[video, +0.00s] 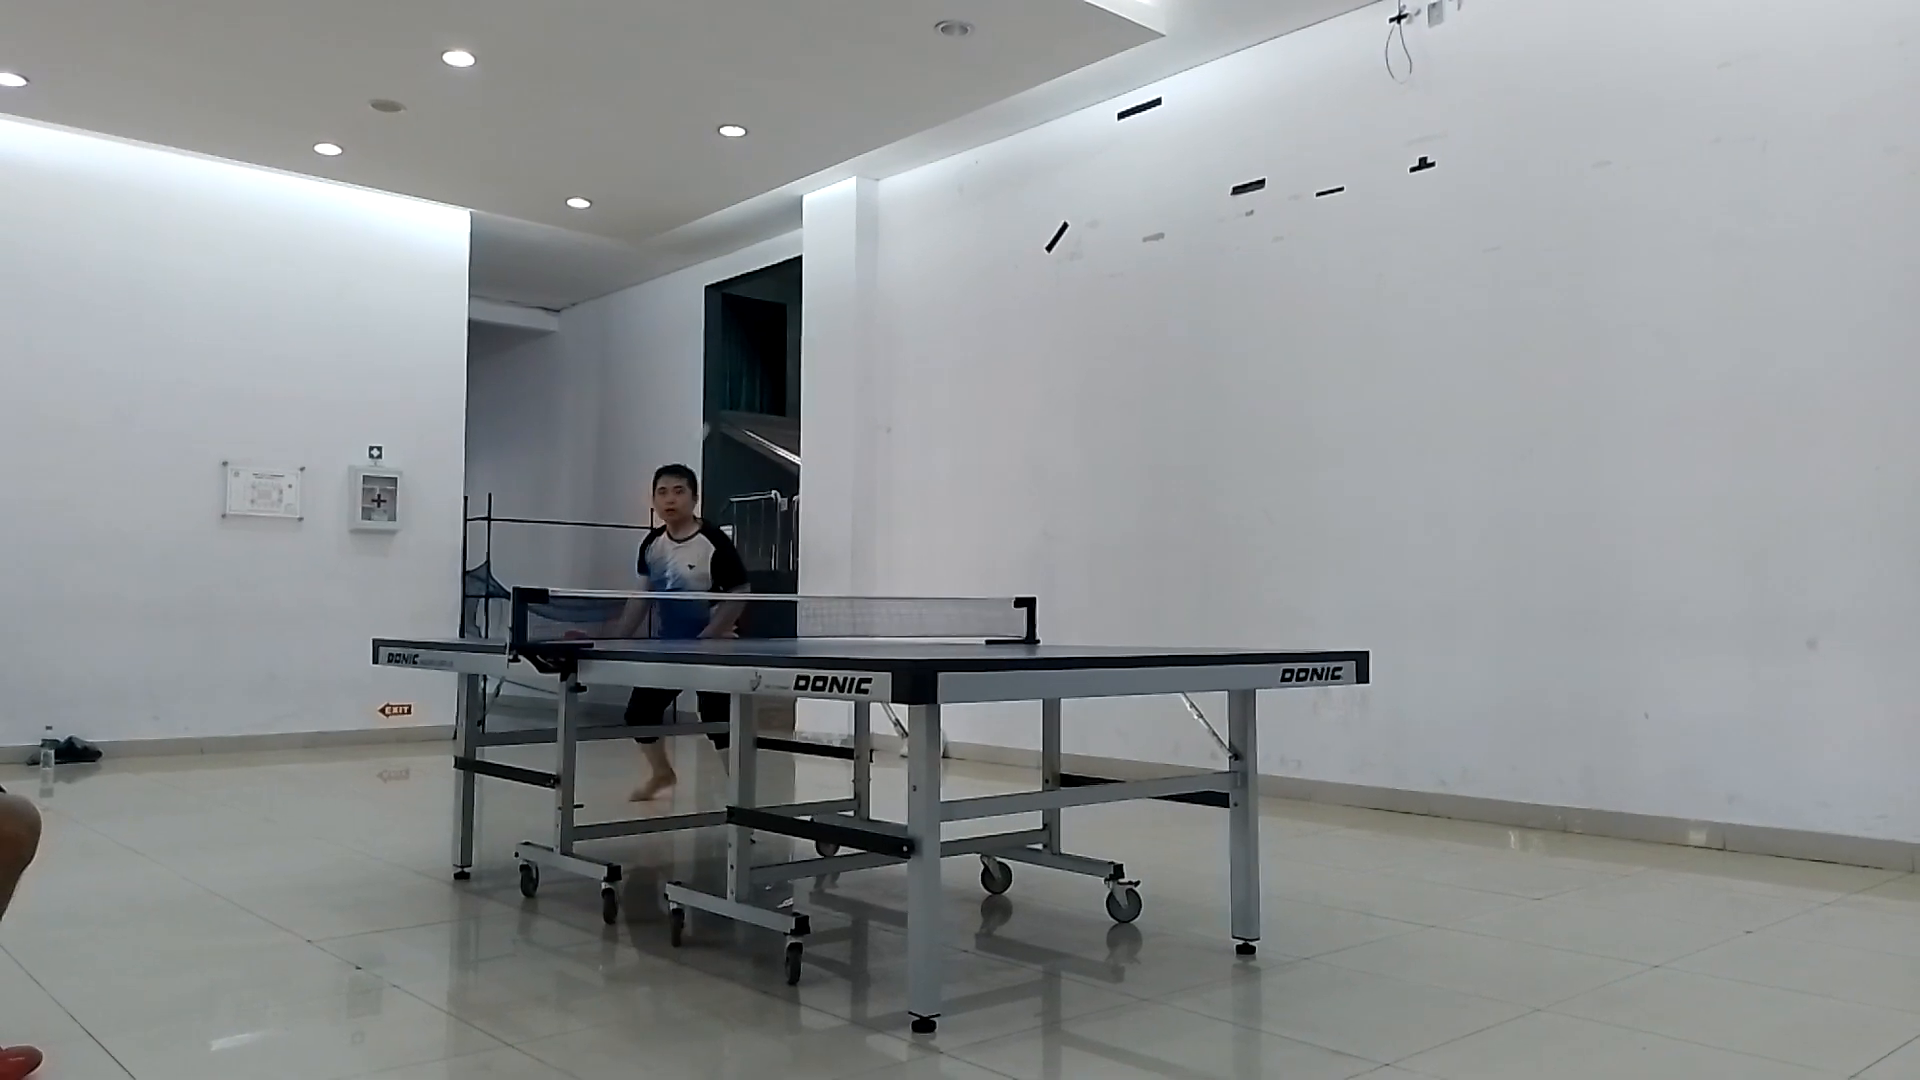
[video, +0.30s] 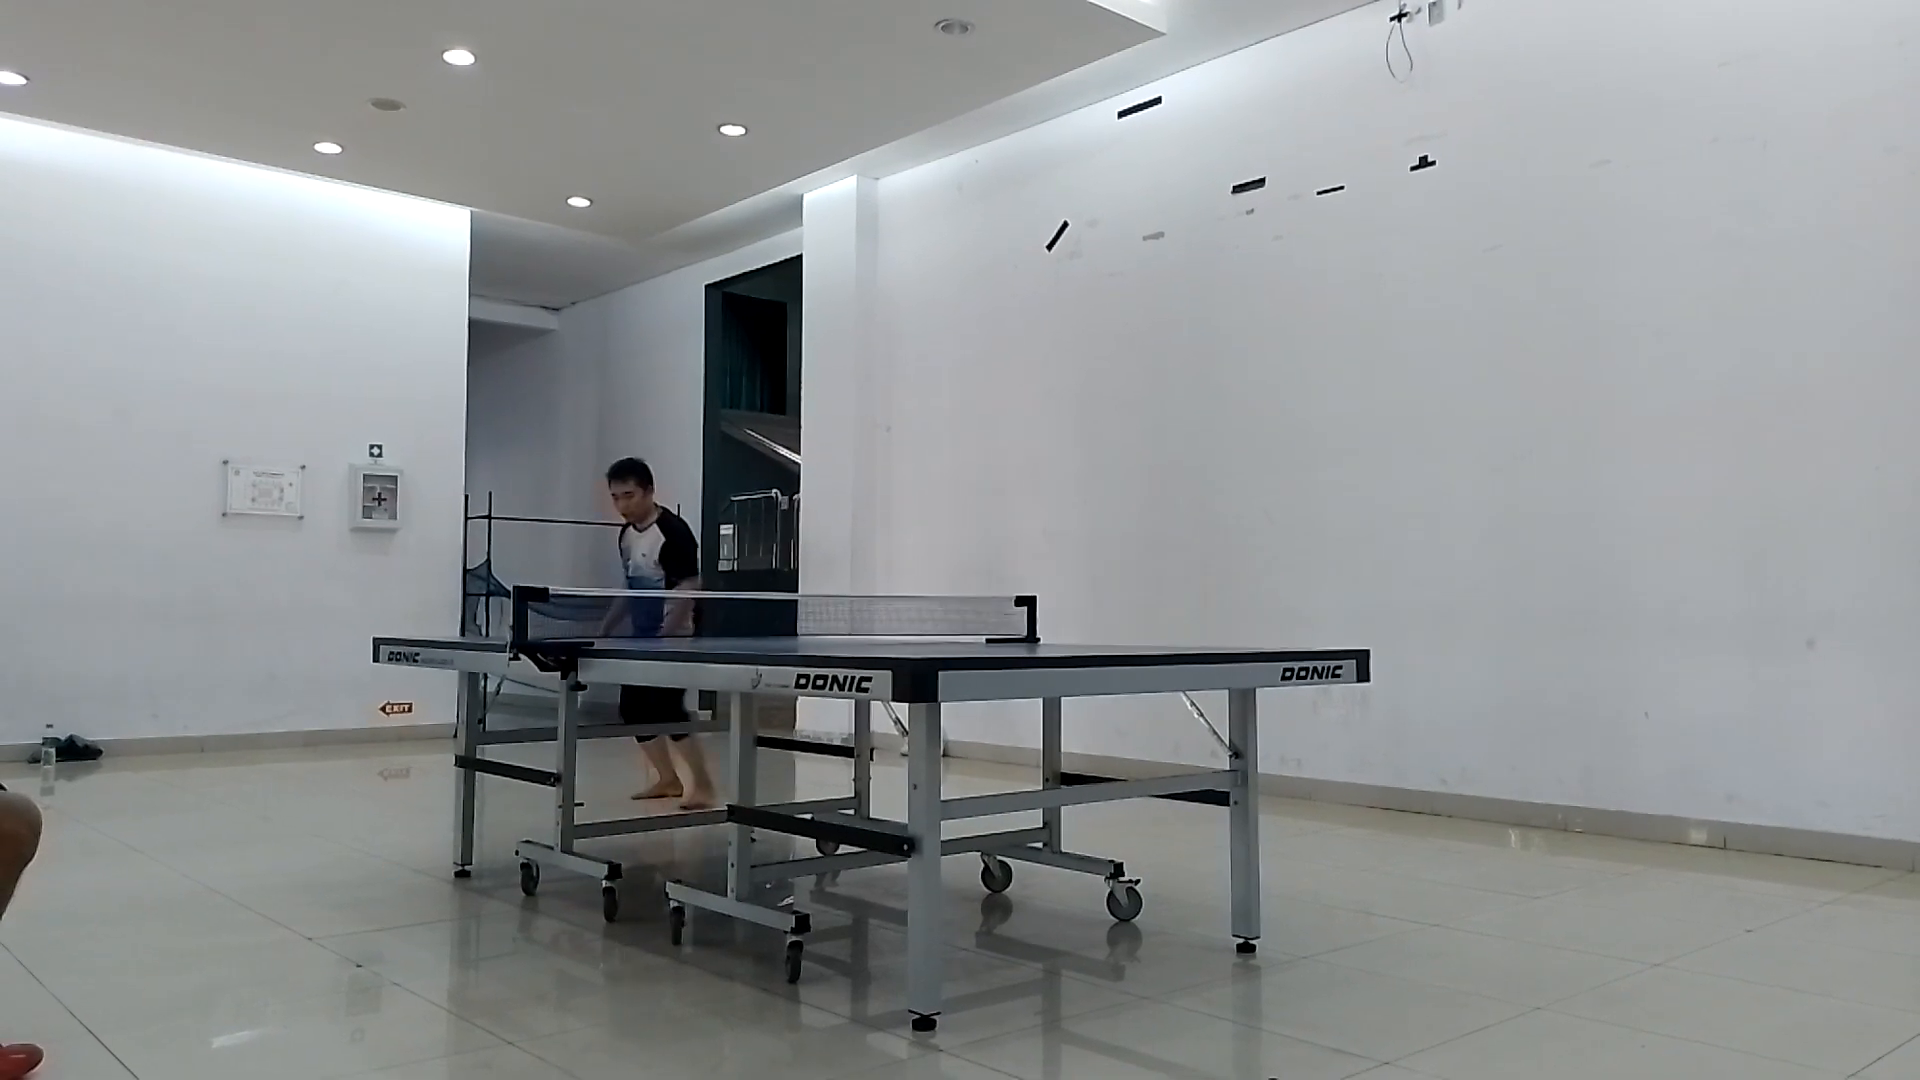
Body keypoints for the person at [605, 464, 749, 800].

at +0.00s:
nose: (670, 498)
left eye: (678, 491)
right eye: (662, 492)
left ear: (694, 498)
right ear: (654, 500)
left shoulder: (714, 540)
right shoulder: (652, 544)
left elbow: (740, 594)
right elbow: (642, 595)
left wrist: (707, 637)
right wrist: (620, 634)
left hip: (713, 648)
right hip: (668, 646)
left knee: (716, 720)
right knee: (639, 716)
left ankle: (741, 789)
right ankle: (662, 772)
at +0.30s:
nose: (621, 505)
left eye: (626, 496)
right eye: (615, 498)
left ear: (648, 492)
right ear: (613, 497)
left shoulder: (674, 531)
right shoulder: (627, 533)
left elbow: (688, 591)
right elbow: (630, 590)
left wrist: (666, 639)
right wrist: (603, 630)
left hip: (675, 635)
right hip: (642, 633)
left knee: (668, 706)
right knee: (634, 706)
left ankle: (702, 785)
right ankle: (667, 780)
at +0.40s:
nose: (607, 504)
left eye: (612, 495)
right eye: (602, 496)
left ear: (635, 489)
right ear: (601, 494)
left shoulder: (661, 527)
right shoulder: (617, 528)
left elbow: (672, 587)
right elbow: (617, 582)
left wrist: (644, 632)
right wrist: (590, 618)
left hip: (666, 627)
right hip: (638, 625)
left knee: (635, 699)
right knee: (637, 698)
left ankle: (666, 778)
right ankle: (664, 777)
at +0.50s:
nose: (590, 502)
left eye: (595, 493)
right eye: (587, 494)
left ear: (618, 487)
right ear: (590, 493)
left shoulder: (644, 525)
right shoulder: (604, 524)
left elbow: (651, 587)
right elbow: (605, 574)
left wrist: (615, 625)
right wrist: (570, 609)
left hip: (649, 623)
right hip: (626, 621)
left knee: (611, 693)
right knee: (636, 696)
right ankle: (667, 773)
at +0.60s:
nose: (579, 504)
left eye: (584, 496)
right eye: (576, 496)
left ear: (607, 491)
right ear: (583, 494)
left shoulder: (630, 529)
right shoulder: (598, 523)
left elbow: (629, 593)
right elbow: (595, 571)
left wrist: (583, 621)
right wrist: (559, 595)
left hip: (636, 629)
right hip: (613, 627)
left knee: (598, 699)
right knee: (629, 699)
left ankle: (580, 780)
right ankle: (667, 770)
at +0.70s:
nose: (565, 506)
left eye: (570, 498)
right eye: (562, 498)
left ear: (593, 494)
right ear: (582, 496)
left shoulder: (615, 532)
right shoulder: (584, 524)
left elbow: (601, 598)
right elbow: (575, 569)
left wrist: (553, 619)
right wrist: (542, 591)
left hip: (622, 632)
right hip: (600, 628)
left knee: (588, 701)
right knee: (600, 698)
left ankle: (576, 782)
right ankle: (648, 761)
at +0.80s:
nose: (554, 503)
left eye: (559, 495)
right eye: (551, 495)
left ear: (583, 491)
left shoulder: (603, 530)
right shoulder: (572, 524)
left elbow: (585, 597)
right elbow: (559, 567)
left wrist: (535, 612)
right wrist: (525, 592)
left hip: (616, 630)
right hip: (590, 623)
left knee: (578, 696)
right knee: (569, 691)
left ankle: (573, 781)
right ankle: (607, 759)